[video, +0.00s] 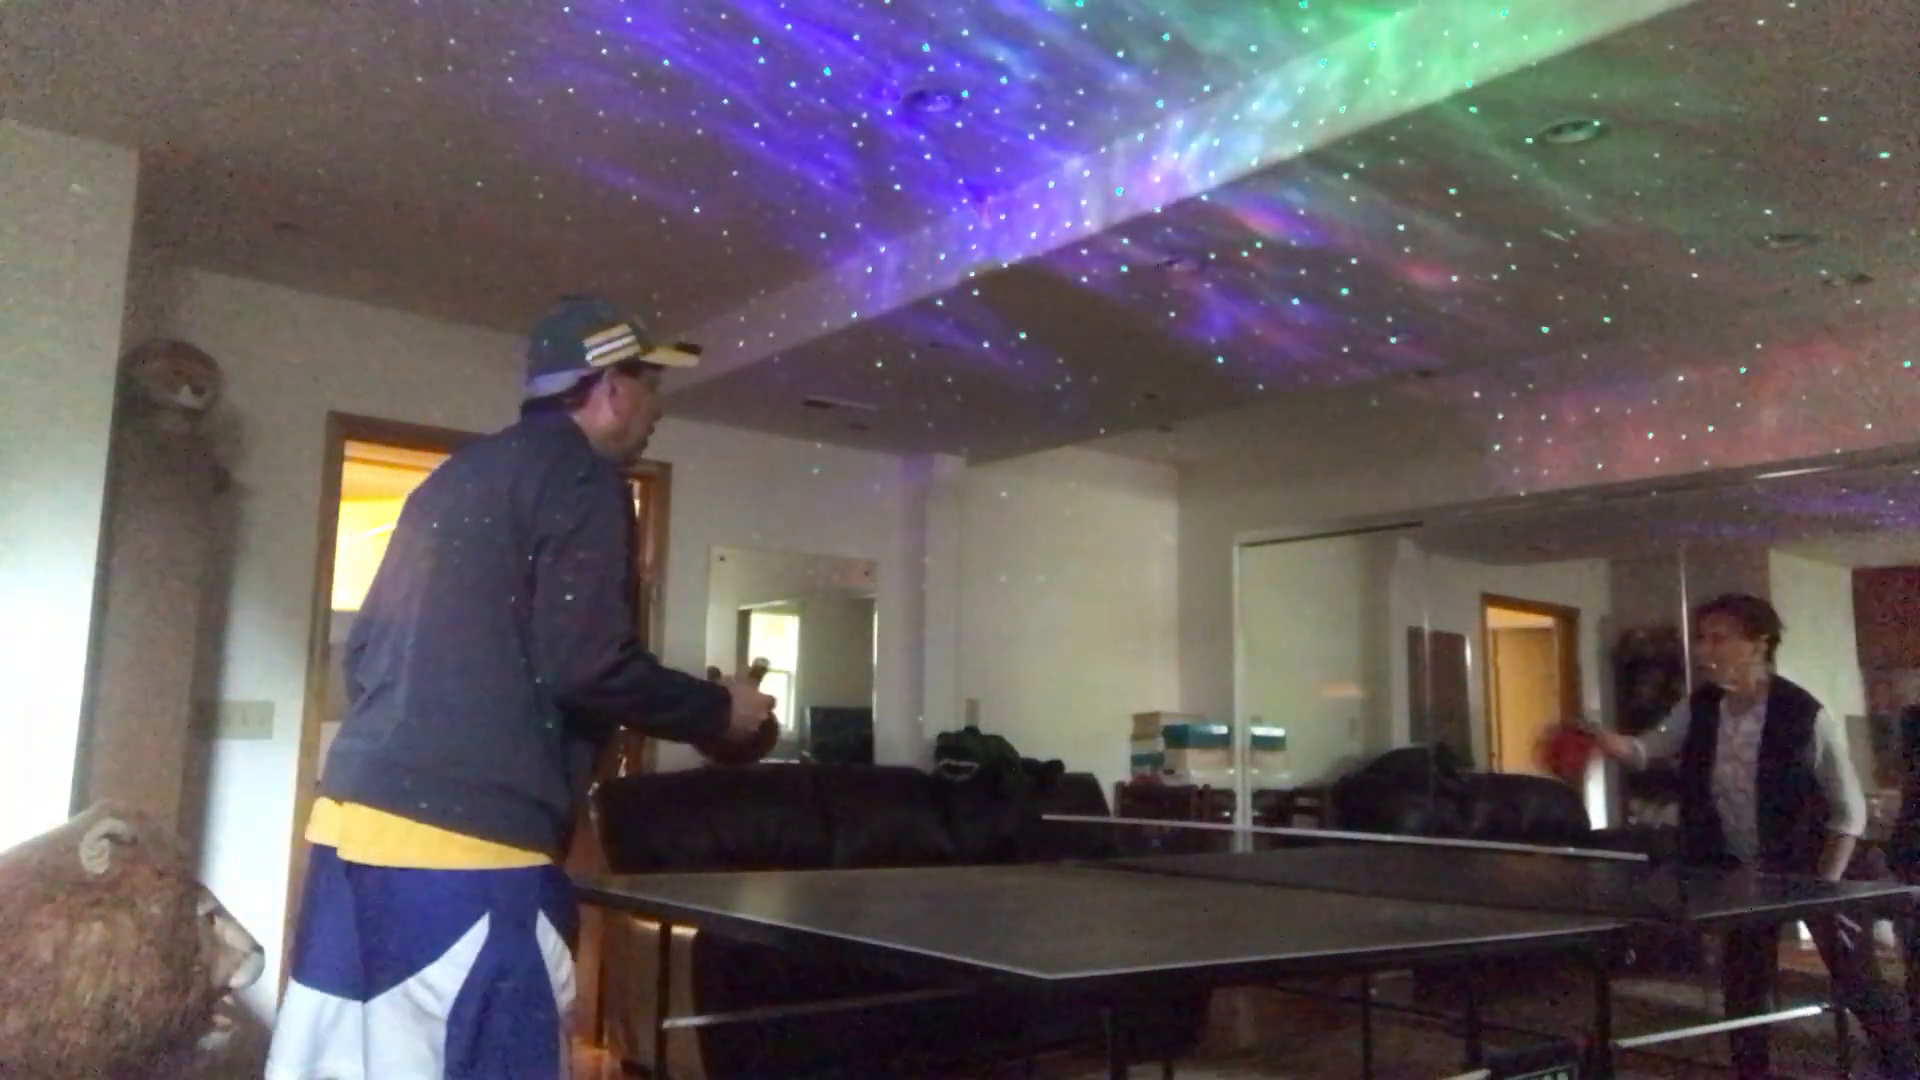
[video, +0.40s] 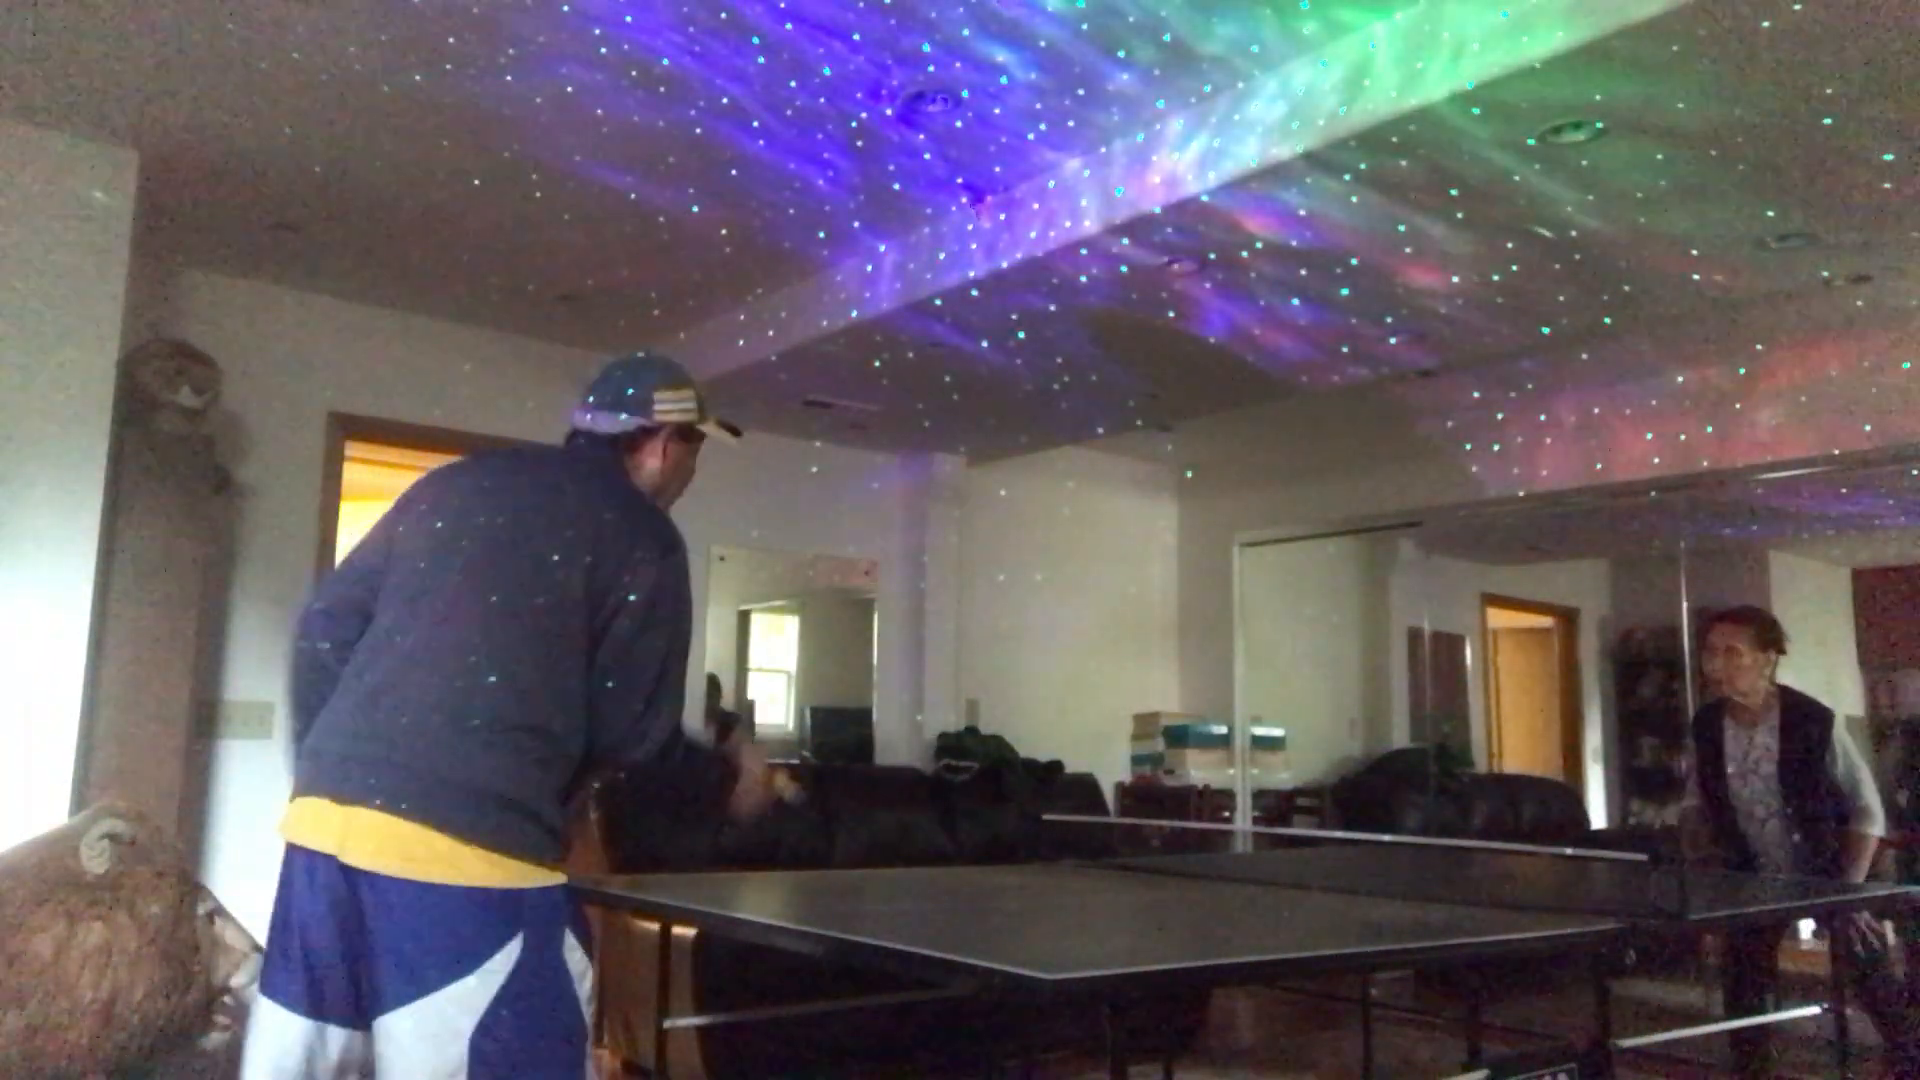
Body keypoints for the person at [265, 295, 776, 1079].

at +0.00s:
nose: (656, 407)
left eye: (654, 387)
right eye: (650, 385)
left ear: (551, 386)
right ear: (608, 389)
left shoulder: (453, 472)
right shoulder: (586, 478)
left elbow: (364, 648)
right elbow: (584, 663)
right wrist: (716, 707)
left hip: (352, 830)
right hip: (472, 844)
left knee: (338, 1060)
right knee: (496, 1064)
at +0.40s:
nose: (692, 476)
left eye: (696, 455)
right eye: (693, 453)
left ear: (587, 428)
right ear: (660, 444)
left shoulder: (457, 478)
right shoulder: (644, 538)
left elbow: (326, 618)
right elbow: (629, 735)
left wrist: (327, 773)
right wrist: (726, 778)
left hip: (323, 823)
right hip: (472, 849)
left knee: (297, 1063)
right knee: (507, 1063)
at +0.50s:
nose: (687, 437)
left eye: (690, 416)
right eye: (682, 413)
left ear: (577, 400)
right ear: (642, 410)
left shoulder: (450, 458)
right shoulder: (641, 502)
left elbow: (312, 562)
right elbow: (653, 693)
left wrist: (256, 730)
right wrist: (773, 696)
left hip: (340, 804)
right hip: (488, 830)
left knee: (292, 1051)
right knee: (492, 1059)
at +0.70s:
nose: (664, 381)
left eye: (661, 361)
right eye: (653, 362)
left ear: (555, 369)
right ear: (609, 370)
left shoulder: (437, 455)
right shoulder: (632, 487)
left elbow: (299, 577)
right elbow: (740, 621)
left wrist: (228, 738)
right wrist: (835, 517)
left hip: (364, 824)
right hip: (508, 842)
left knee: (336, 1058)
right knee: (509, 1058)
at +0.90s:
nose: (641, 373)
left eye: (638, 352)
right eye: (628, 350)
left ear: (535, 362)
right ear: (582, 361)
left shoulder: (418, 465)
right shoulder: (590, 471)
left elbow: (339, 634)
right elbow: (680, 641)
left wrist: (361, 781)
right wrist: (797, 552)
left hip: (368, 826)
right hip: (504, 839)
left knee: (376, 1066)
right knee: (522, 1063)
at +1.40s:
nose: (611, 389)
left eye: (610, 367)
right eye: (600, 365)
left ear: (536, 371)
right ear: (547, 369)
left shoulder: (413, 469)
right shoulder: (518, 474)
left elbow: (352, 646)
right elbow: (518, 668)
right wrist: (676, 700)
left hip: (358, 842)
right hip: (460, 855)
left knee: (366, 1064)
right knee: (470, 1064)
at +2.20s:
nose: (748, 524)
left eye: (750, 506)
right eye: (741, 504)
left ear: (655, 484)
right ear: (702, 495)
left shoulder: (526, 516)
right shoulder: (711, 590)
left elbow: (385, 596)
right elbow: (821, 721)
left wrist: (317, 739)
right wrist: (930, 716)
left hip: (383, 806)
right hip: (527, 835)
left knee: (326, 1053)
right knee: (596, 1056)